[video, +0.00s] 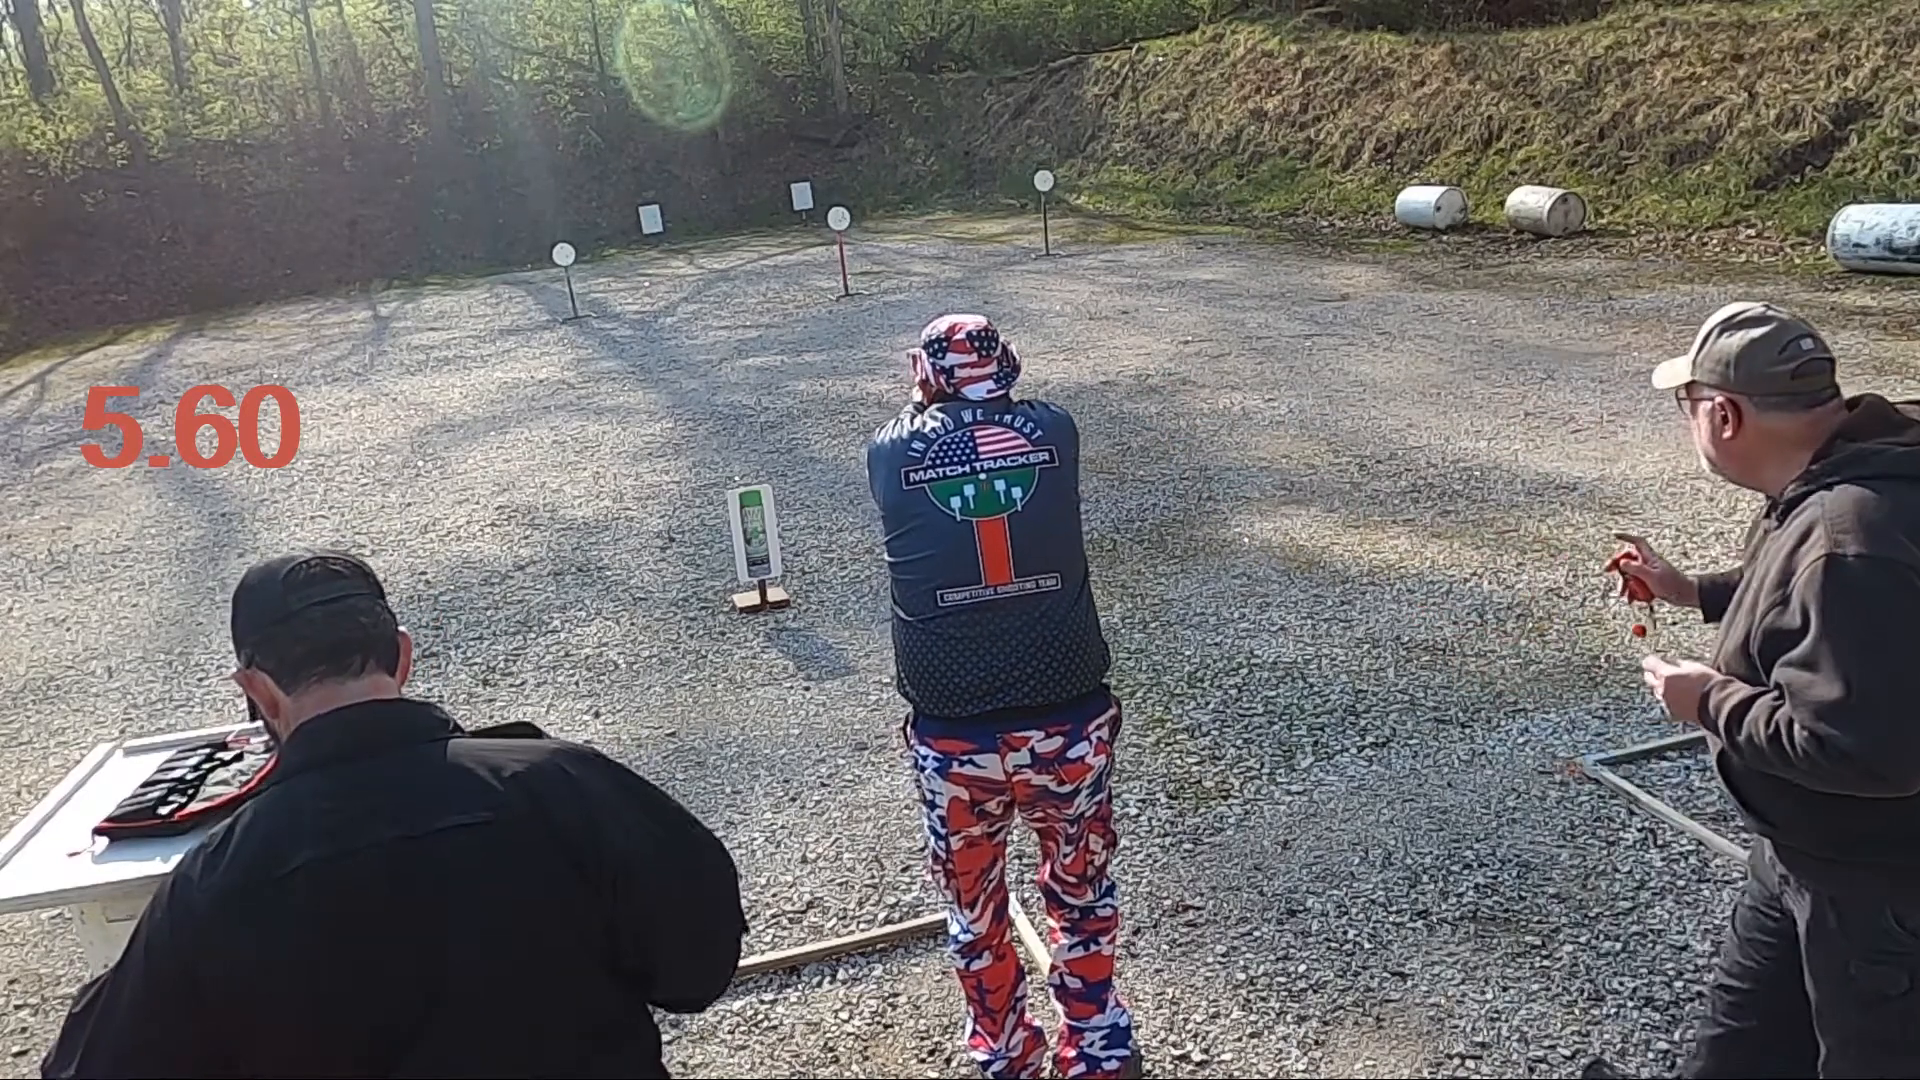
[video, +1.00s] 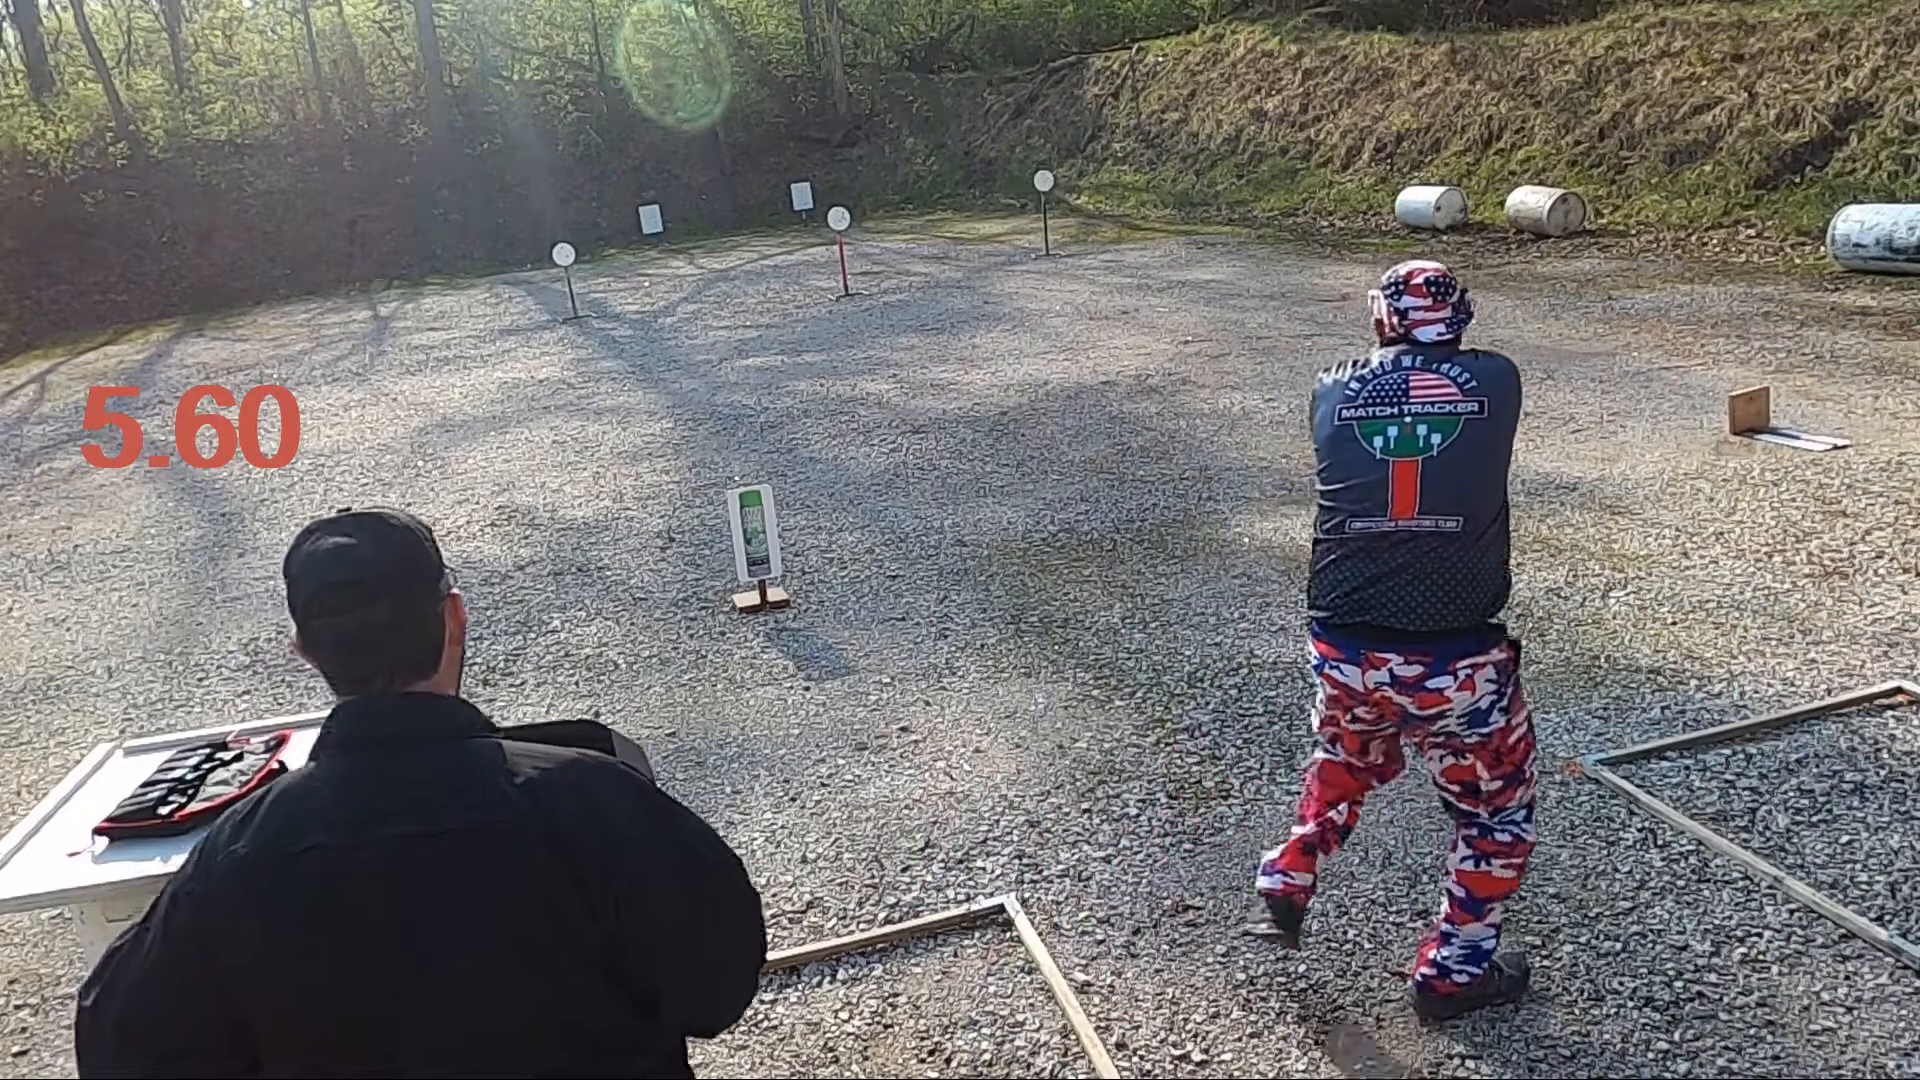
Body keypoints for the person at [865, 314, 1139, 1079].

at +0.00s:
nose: (920, 388)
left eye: (921, 379)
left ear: (927, 388)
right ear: (1004, 379)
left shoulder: (888, 458)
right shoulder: (1054, 430)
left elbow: (907, 437)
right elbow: (993, 424)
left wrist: (931, 399)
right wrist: (952, 395)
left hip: (955, 740)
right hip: (1071, 727)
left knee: (975, 901)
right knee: (1082, 891)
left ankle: (1003, 1055)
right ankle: (1099, 1052)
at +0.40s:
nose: (981, 380)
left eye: (979, 369)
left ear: (978, 378)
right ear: (1056, 368)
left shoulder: (939, 446)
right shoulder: (1101, 419)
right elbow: (1053, 419)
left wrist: (993, 396)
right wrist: (1012, 391)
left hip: (1005, 725)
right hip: (1126, 711)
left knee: (995, 892)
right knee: (1172, 847)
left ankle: (1001, 1055)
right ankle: (1176, 1025)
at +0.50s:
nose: (1077, 392)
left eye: (1015, 379)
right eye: (1081, 379)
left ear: (1010, 389)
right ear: (1088, 383)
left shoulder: (970, 460)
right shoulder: (1131, 433)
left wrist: (1032, 410)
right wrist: (1051, 406)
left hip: (1032, 736)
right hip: (1155, 721)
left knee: (1008, 887)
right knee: (1236, 844)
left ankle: (1002, 1052)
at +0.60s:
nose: (1131, 402)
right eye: (1133, 390)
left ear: (1063, 400)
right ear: (1139, 395)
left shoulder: (1019, 469)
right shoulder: (1180, 447)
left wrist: (1084, 416)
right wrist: (1095, 418)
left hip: (1063, 743)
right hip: (1190, 733)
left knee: (1028, 888)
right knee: (1293, 838)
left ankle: (1004, 1051)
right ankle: (1394, 966)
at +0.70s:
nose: (1210, 392)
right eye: (1213, 380)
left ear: (1143, 387)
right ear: (1220, 387)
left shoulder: (1097, 453)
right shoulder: (1257, 441)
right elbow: (1202, 443)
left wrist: (1161, 403)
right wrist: (1170, 404)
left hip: (1119, 733)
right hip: (1245, 731)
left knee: (1065, 880)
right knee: (1344, 826)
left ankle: (1013, 1052)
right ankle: (1434, 957)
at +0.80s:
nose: (1232, 365)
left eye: (1233, 352)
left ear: (1237, 365)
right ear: (1313, 364)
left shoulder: (1189, 428)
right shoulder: (1350, 417)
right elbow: (1294, 417)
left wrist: (1258, 383)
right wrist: (1264, 380)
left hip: (1194, 701)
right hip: (1319, 704)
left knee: (1123, 843)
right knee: (1401, 820)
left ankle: (1028, 1013)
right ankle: (1445, 968)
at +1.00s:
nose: (1375, 330)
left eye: (1376, 318)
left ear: (1381, 328)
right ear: (1458, 329)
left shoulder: (1332, 391)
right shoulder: (1495, 382)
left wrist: (1392, 351)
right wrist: (1404, 350)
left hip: (1344, 658)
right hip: (1455, 668)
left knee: (1346, 759)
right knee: (1495, 813)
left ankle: (1290, 874)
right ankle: (1453, 968)